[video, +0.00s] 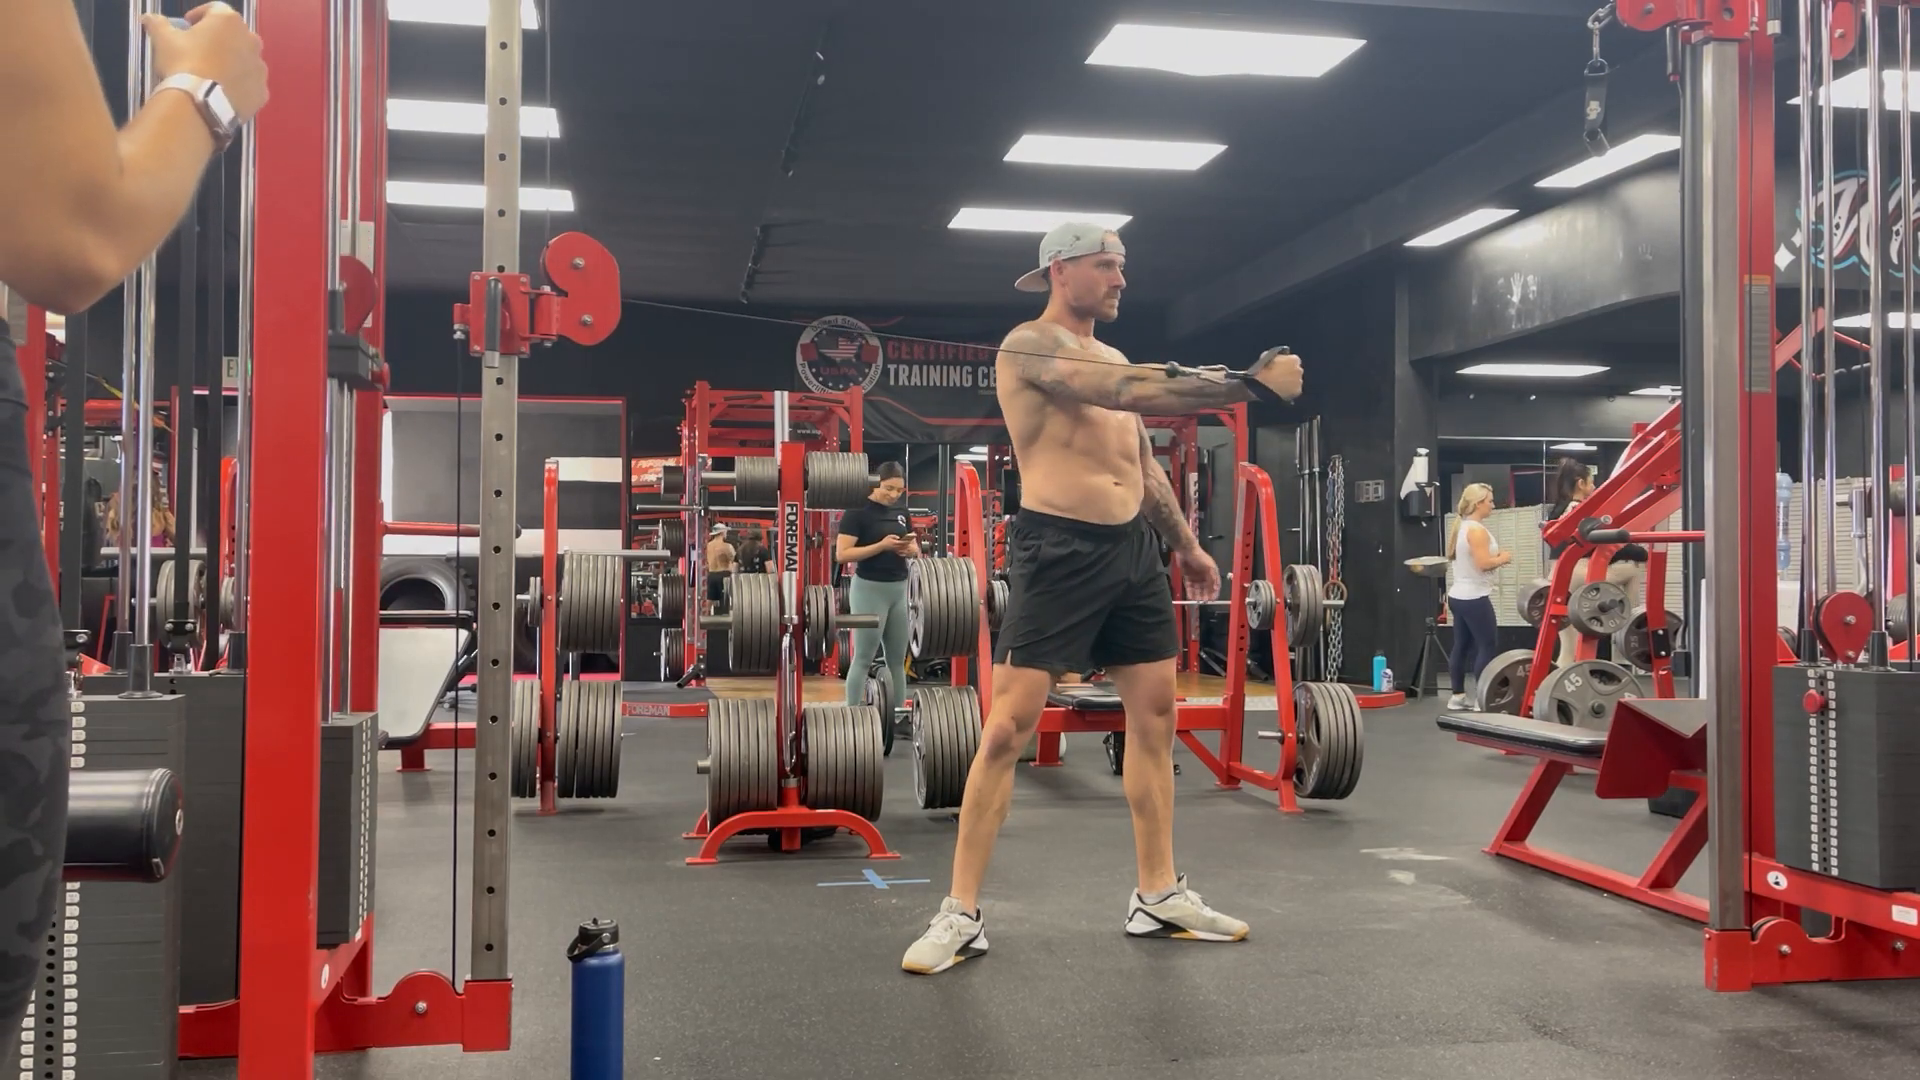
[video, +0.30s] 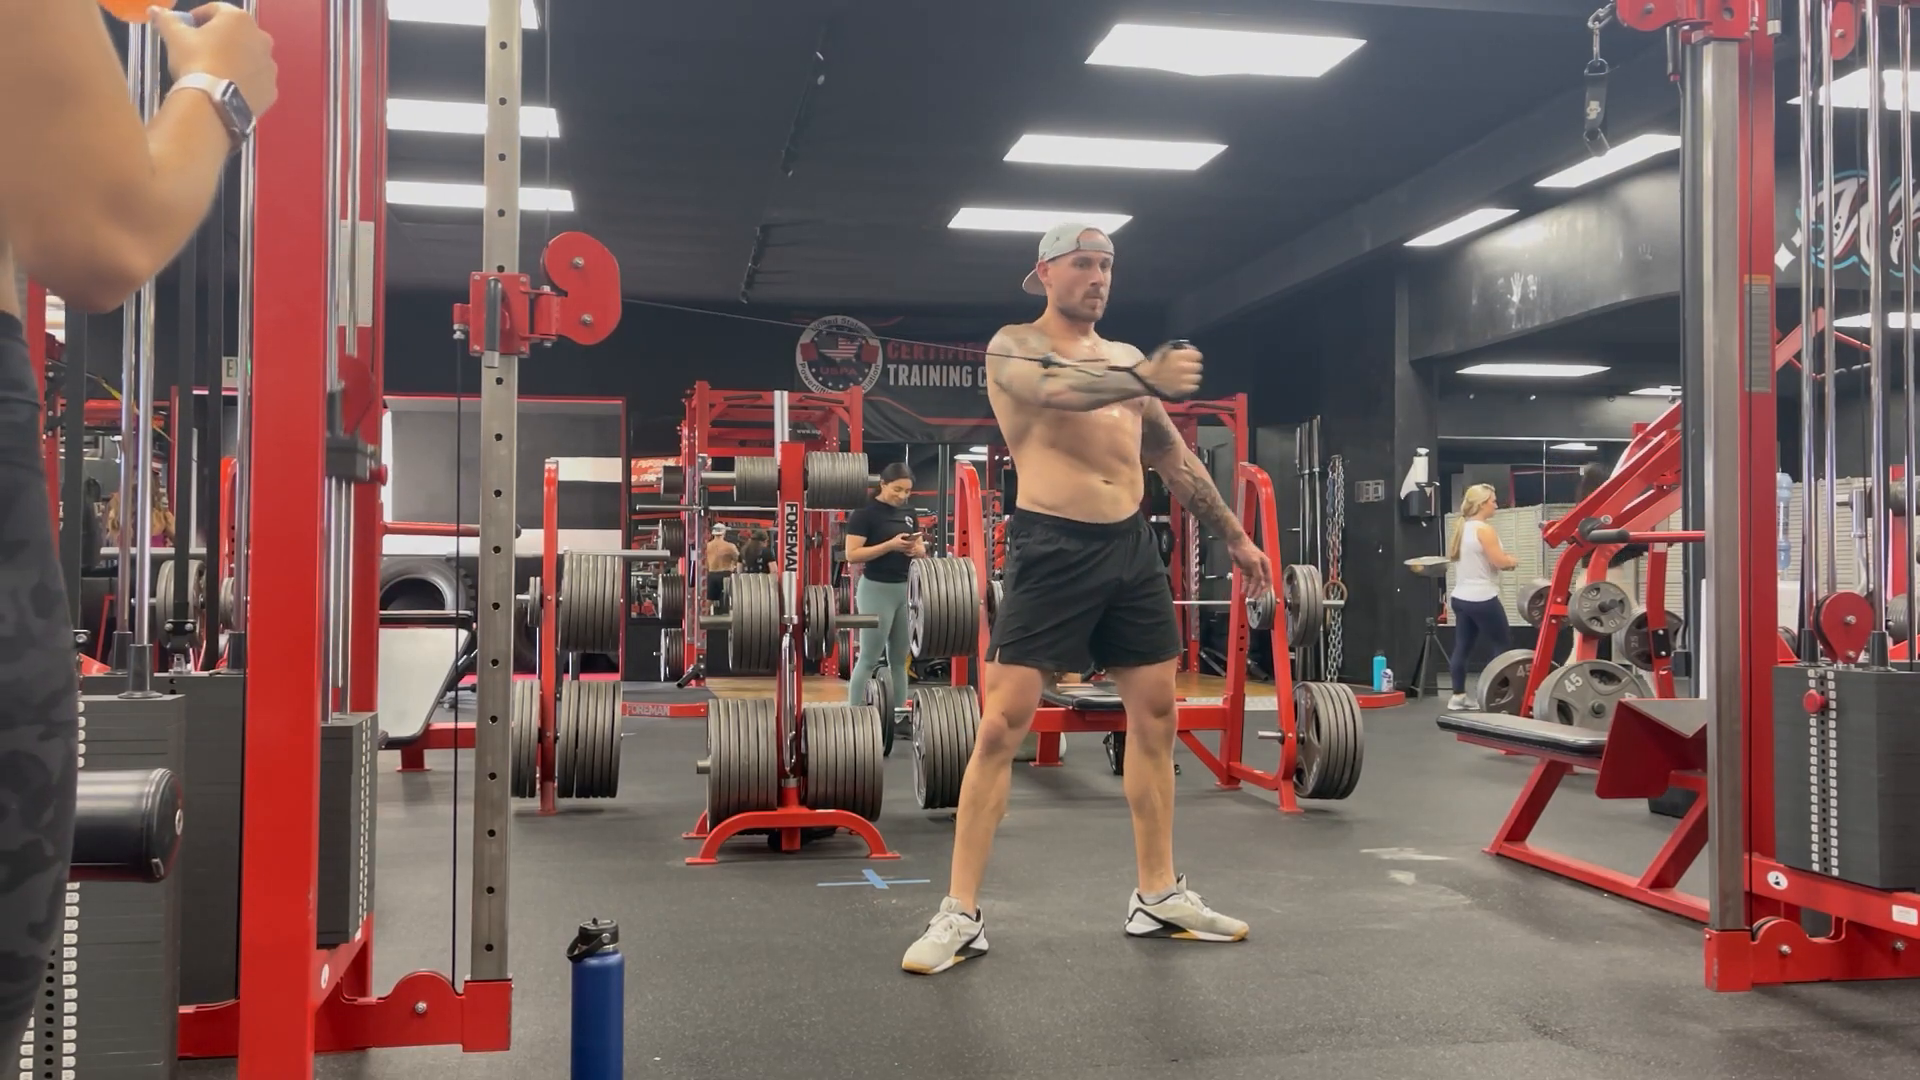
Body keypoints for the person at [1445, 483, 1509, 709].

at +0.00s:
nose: (1492, 505)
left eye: (1492, 501)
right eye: (1490, 501)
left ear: (1472, 504)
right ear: (1478, 504)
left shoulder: (1461, 527)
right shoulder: (1477, 530)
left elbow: (1463, 558)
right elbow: (1482, 563)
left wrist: (1496, 557)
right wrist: (1502, 559)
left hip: (1458, 595)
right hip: (1475, 598)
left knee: (1460, 645)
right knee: (1487, 646)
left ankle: (1458, 695)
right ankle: (1482, 697)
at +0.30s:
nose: (1495, 505)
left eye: (1495, 501)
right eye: (1493, 502)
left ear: (1473, 505)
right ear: (1482, 505)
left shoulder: (1462, 527)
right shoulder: (1484, 530)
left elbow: (1465, 558)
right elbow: (1498, 561)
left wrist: (1502, 559)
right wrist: (1512, 561)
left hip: (1461, 597)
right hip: (1483, 600)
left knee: (1461, 648)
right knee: (1503, 644)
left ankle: (1458, 695)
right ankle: (1503, 694)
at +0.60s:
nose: (1511, 504)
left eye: (1510, 500)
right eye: (1508, 501)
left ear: (1488, 505)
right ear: (1498, 504)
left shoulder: (1480, 529)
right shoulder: (1502, 531)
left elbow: (1479, 560)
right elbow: (1527, 560)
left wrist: (1515, 562)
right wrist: (1535, 565)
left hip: (1482, 600)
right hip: (1502, 600)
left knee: (1494, 646)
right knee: (1514, 649)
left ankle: (1471, 685)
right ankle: (1517, 695)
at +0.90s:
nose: (1524, 503)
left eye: (1522, 500)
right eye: (1521, 500)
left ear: (1499, 505)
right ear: (1514, 504)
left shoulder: (1490, 530)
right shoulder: (1521, 530)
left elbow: (1511, 565)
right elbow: (1543, 560)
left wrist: (1542, 573)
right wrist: (1556, 575)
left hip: (1488, 598)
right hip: (1509, 599)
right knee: (1518, 643)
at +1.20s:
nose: (1529, 503)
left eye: (1528, 499)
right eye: (1526, 500)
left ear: (1505, 505)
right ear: (1519, 505)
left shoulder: (1498, 529)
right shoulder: (1526, 529)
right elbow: (1549, 559)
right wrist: (1557, 576)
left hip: (1498, 597)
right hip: (1520, 598)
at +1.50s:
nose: (1535, 506)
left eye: (1534, 502)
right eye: (1533, 503)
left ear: (1512, 507)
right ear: (1526, 506)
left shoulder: (1504, 531)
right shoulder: (1533, 530)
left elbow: (1500, 561)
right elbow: (1553, 553)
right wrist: (1560, 554)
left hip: (1509, 595)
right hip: (1533, 595)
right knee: (1529, 640)